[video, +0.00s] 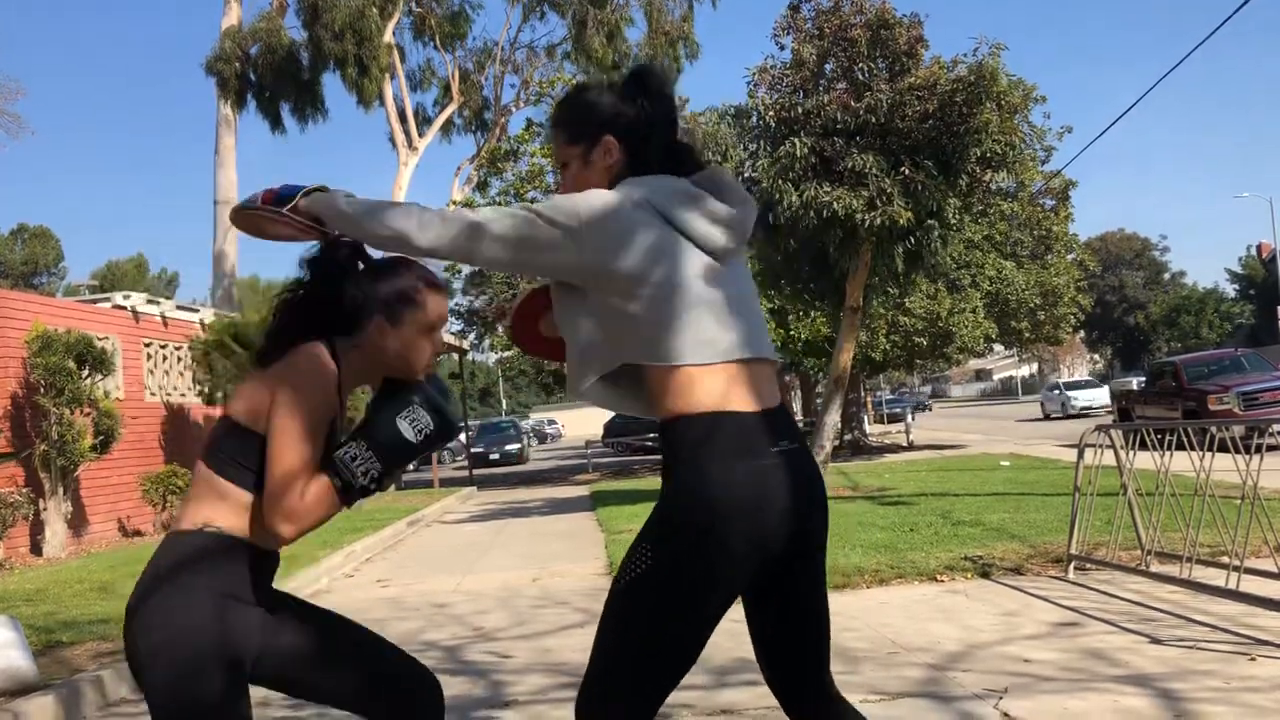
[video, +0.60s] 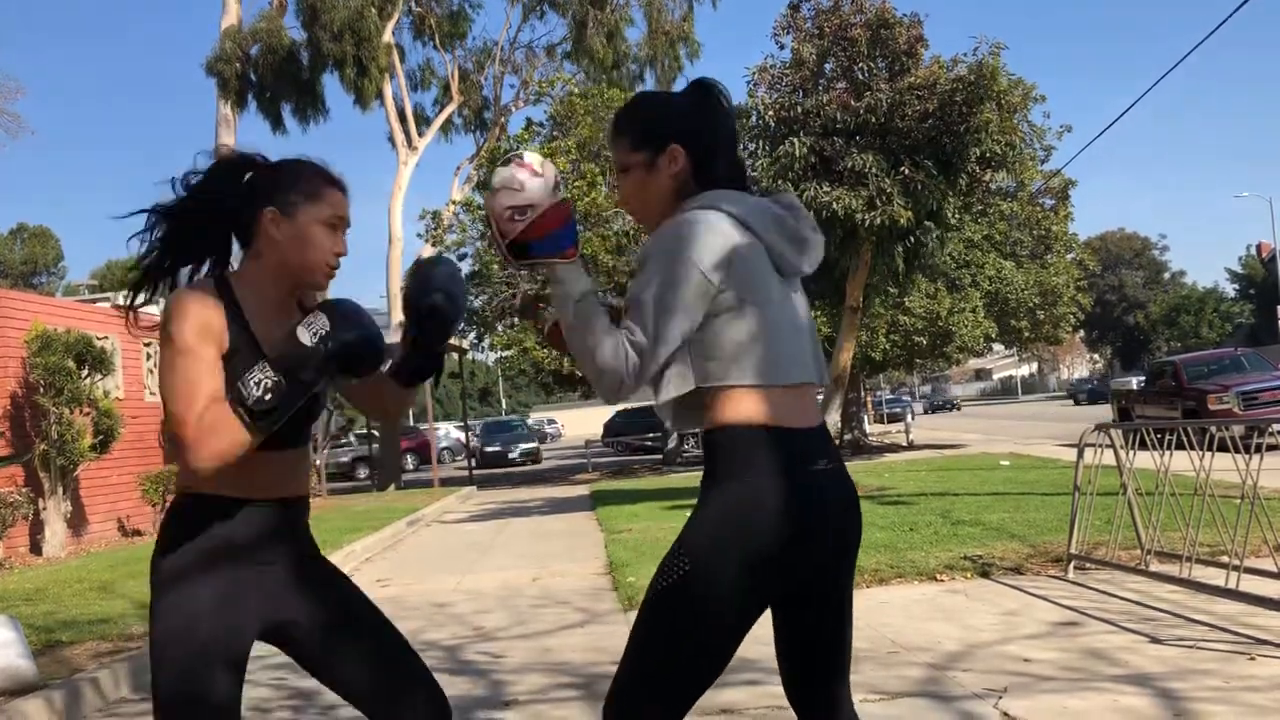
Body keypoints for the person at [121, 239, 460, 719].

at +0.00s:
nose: (442, 348)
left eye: (442, 332)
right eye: (434, 331)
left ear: (385, 329)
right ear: (383, 326)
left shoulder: (326, 382)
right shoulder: (310, 367)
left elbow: (289, 505)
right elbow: (285, 515)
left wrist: (378, 450)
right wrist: (375, 448)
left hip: (231, 600)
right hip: (194, 606)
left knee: (414, 693)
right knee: (409, 696)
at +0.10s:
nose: (425, 377)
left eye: (423, 360)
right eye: (411, 358)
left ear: (351, 364)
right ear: (351, 361)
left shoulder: (339, 414)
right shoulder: (253, 397)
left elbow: (370, 534)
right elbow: (223, 542)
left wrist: (422, 454)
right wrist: (313, 461)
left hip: (247, 624)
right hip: (176, 628)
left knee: (426, 702)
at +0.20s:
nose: (356, 348)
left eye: (359, 332)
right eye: (340, 330)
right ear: (280, 338)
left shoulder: (334, 407)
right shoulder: (192, 395)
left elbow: (376, 524)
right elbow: (173, 548)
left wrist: (394, 427)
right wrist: (229, 459)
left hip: (266, 625)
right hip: (177, 627)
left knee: (429, 712)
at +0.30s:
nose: (349, 296)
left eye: (348, 278)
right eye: (335, 276)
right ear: (272, 282)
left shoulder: (305, 366)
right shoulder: (196, 358)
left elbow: (343, 480)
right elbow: (187, 515)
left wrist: (370, 394)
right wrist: (262, 416)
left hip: (266, 602)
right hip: (187, 607)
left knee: (431, 703)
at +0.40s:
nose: (342, 258)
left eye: (342, 243)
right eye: (330, 242)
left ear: (275, 253)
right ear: (270, 249)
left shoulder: (268, 330)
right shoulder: (225, 316)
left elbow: (321, 413)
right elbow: (316, 418)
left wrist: (372, 355)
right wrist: (368, 347)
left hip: (266, 569)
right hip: (196, 576)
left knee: (425, 697)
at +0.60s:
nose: (344, 247)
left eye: (344, 230)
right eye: (333, 226)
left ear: (280, 227)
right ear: (274, 224)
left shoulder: (313, 319)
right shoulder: (198, 309)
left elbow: (387, 403)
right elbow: (199, 451)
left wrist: (423, 344)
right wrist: (294, 370)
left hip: (289, 554)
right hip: (204, 560)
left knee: (421, 707)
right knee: (196, 712)